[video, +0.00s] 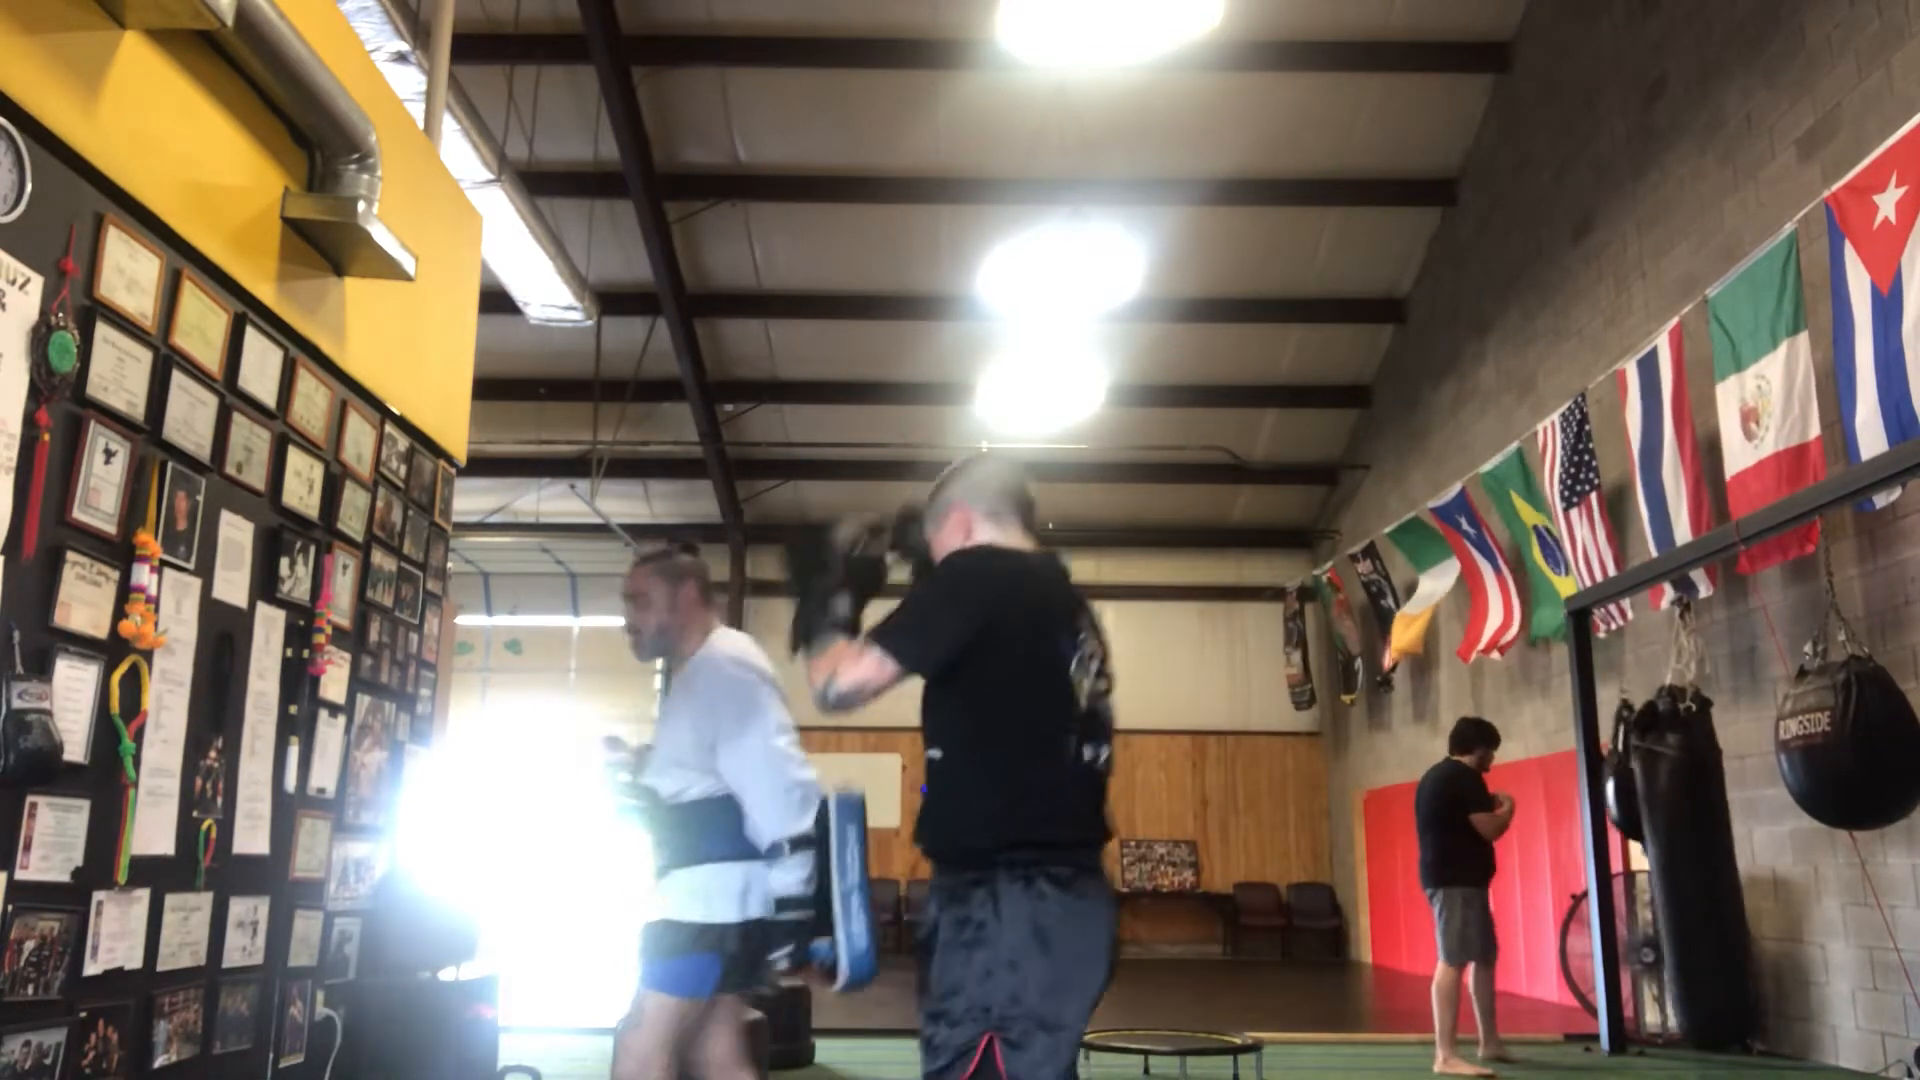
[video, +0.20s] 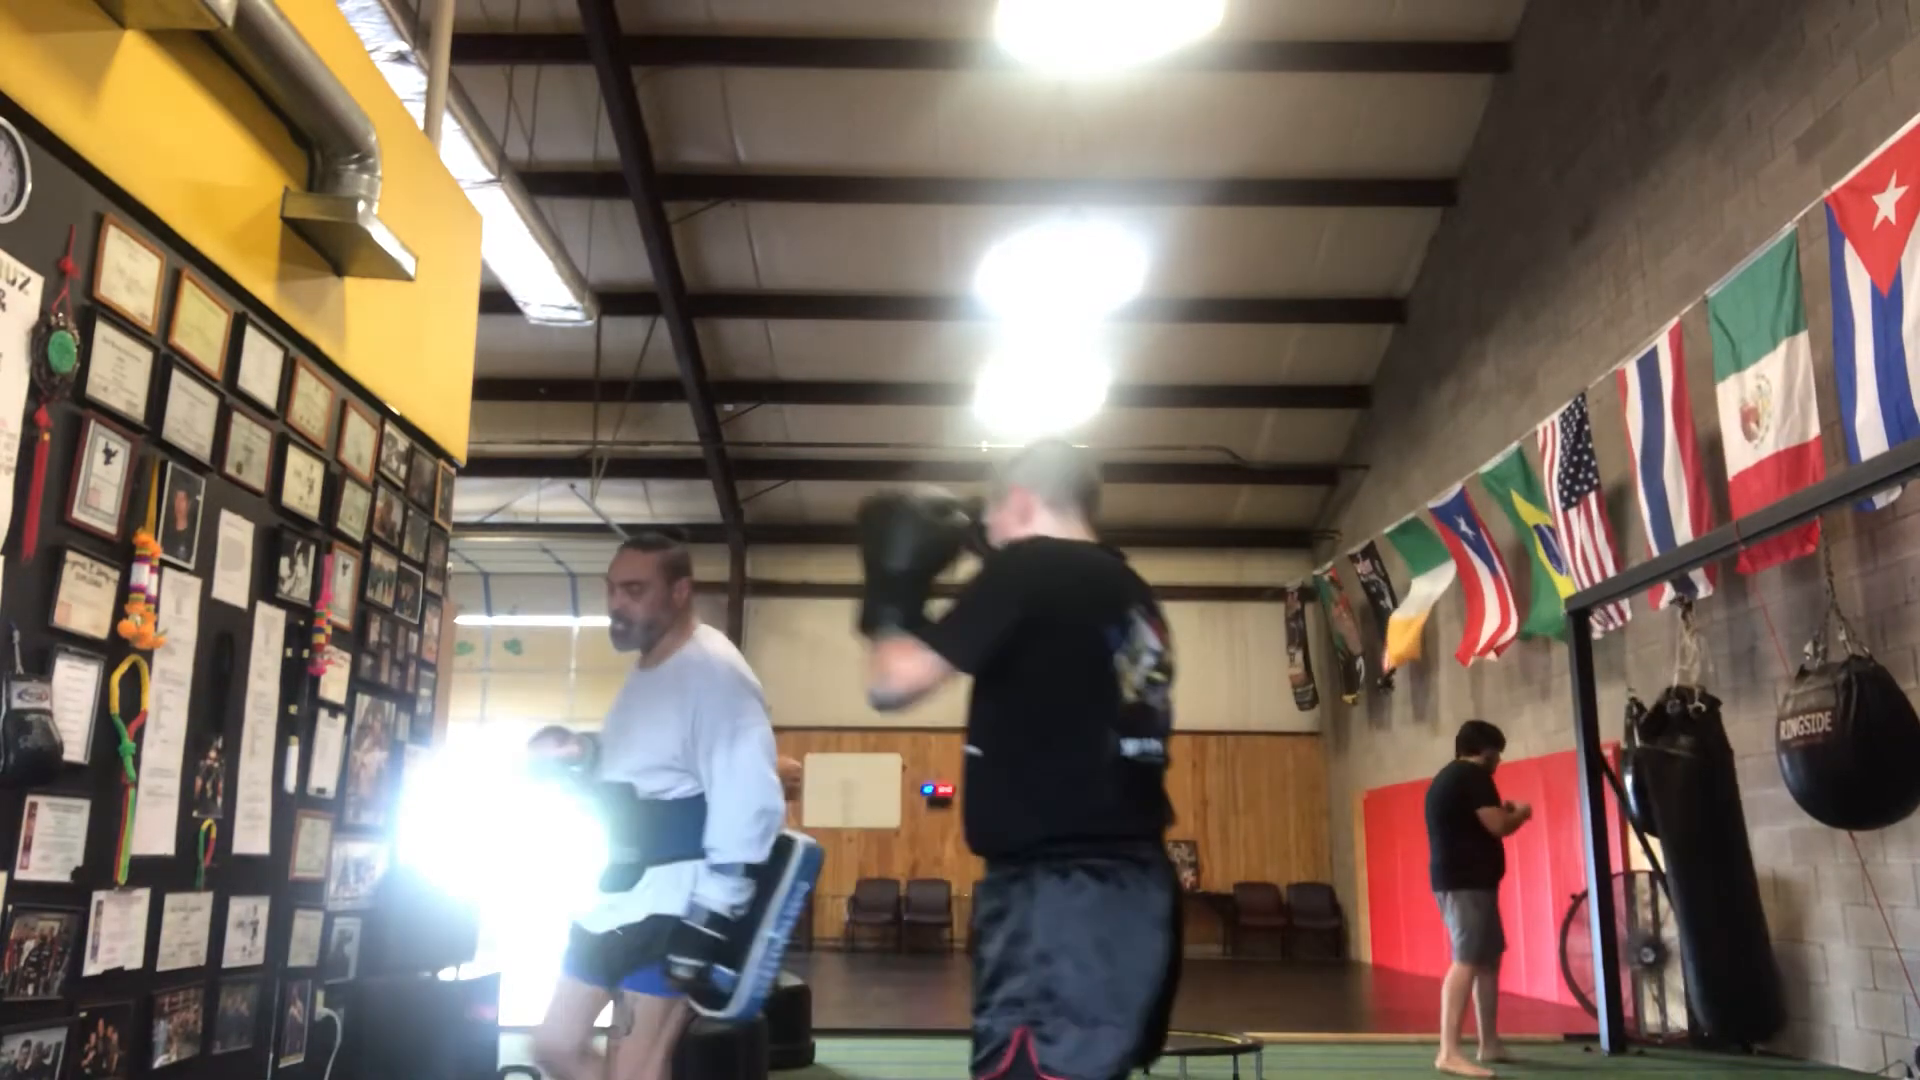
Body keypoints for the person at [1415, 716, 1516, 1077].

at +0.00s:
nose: (1492, 762)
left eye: (1493, 754)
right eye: (1490, 753)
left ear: (1458, 747)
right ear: (1475, 749)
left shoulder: (1435, 777)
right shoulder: (1463, 777)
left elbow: (1473, 826)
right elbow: (1489, 829)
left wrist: (1497, 808)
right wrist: (1507, 808)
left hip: (1464, 883)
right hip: (1455, 884)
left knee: (1483, 958)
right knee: (1451, 963)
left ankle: (1489, 1044)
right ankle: (1444, 1056)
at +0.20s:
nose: (1497, 762)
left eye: (1498, 755)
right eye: (1495, 755)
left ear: (1463, 749)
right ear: (1481, 752)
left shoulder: (1447, 778)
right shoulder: (1473, 776)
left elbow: (1471, 826)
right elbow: (1495, 824)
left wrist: (1508, 815)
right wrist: (1519, 814)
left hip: (1467, 883)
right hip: (1465, 884)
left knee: (1488, 959)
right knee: (1466, 961)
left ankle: (1488, 1045)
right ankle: (1448, 1053)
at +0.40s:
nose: (1502, 762)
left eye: (1503, 756)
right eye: (1501, 755)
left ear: (1470, 746)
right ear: (1488, 750)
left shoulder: (1454, 774)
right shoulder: (1477, 772)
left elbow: (1485, 814)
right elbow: (1507, 815)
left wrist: (1513, 797)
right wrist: (1528, 800)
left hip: (1456, 878)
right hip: (1474, 877)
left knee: (1487, 957)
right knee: (1499, 951)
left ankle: (1484, 1040)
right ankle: (1471, 1040)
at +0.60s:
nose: (1506, 763)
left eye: (1508, 758)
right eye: (1506, 757)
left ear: (1473, 748)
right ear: (1495, 752)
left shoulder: (1453, 776)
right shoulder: (1485, 772)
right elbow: (1515, 817)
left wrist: (1516, 799)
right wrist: (1530, 800)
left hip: (1462, 880)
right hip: (1486, 878)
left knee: (1488, 960)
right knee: (1505, 954)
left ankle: (1485, 1043)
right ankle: (1483, 1044)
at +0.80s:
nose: (1514, 764)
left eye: (1515, 761)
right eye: (1513, 759)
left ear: (1475, 752)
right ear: (1507, 755)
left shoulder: (1447, 776)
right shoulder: (1507, 772)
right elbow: (1546, 801)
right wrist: (1588, 825)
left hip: (1457, 878)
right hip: (1496, 875)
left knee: (1486, 960)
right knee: (1512, 955)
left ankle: (1485, 1044)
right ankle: (1482, 1045)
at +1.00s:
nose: (1519, 764)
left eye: (1518, 759)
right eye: (1518, 759)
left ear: (1482, 752)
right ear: (1512, 756)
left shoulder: (1463, 778)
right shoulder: (1507, 776)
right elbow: (1550, 811)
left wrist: (1570, 815)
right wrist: (1584, 814)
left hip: (1462, 882)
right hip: (1492, 882)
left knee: (1508, 961)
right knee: (1513, 959)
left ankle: (1482, 1043)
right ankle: (1481, 1048)